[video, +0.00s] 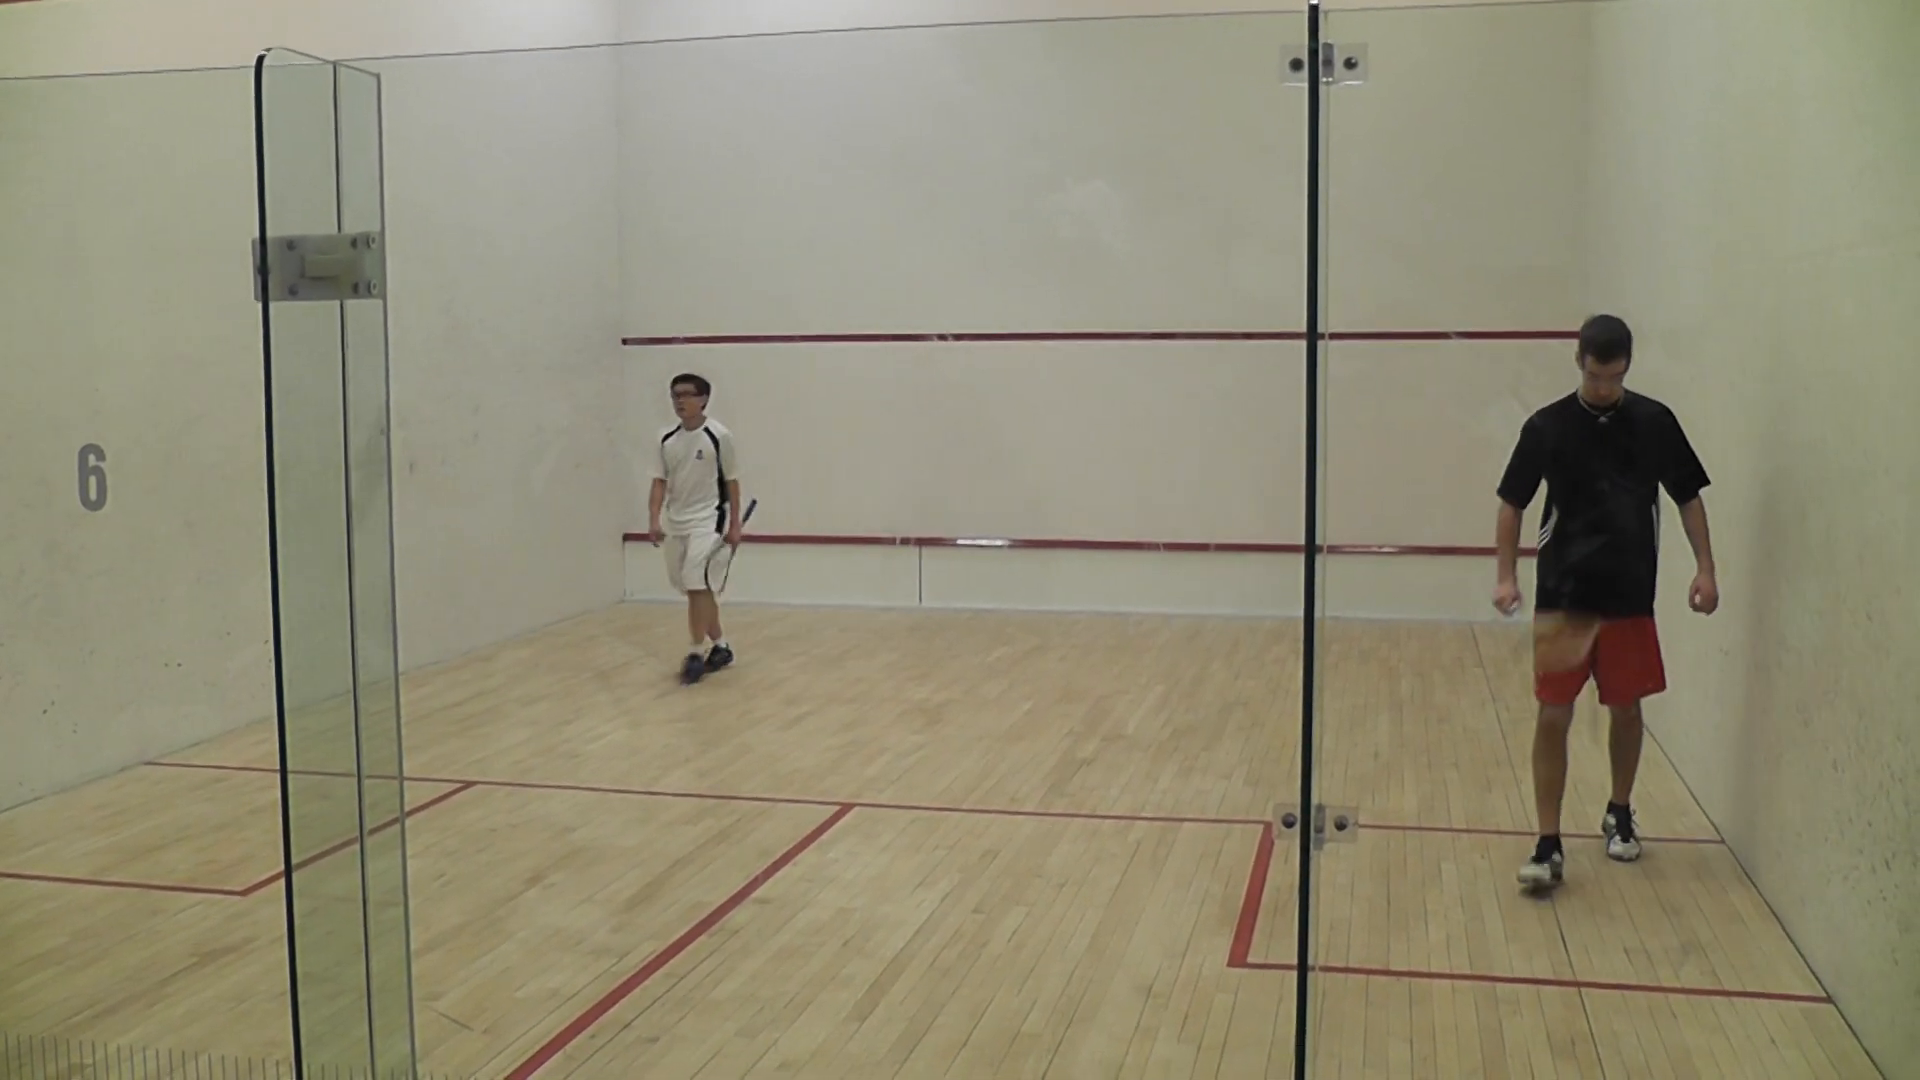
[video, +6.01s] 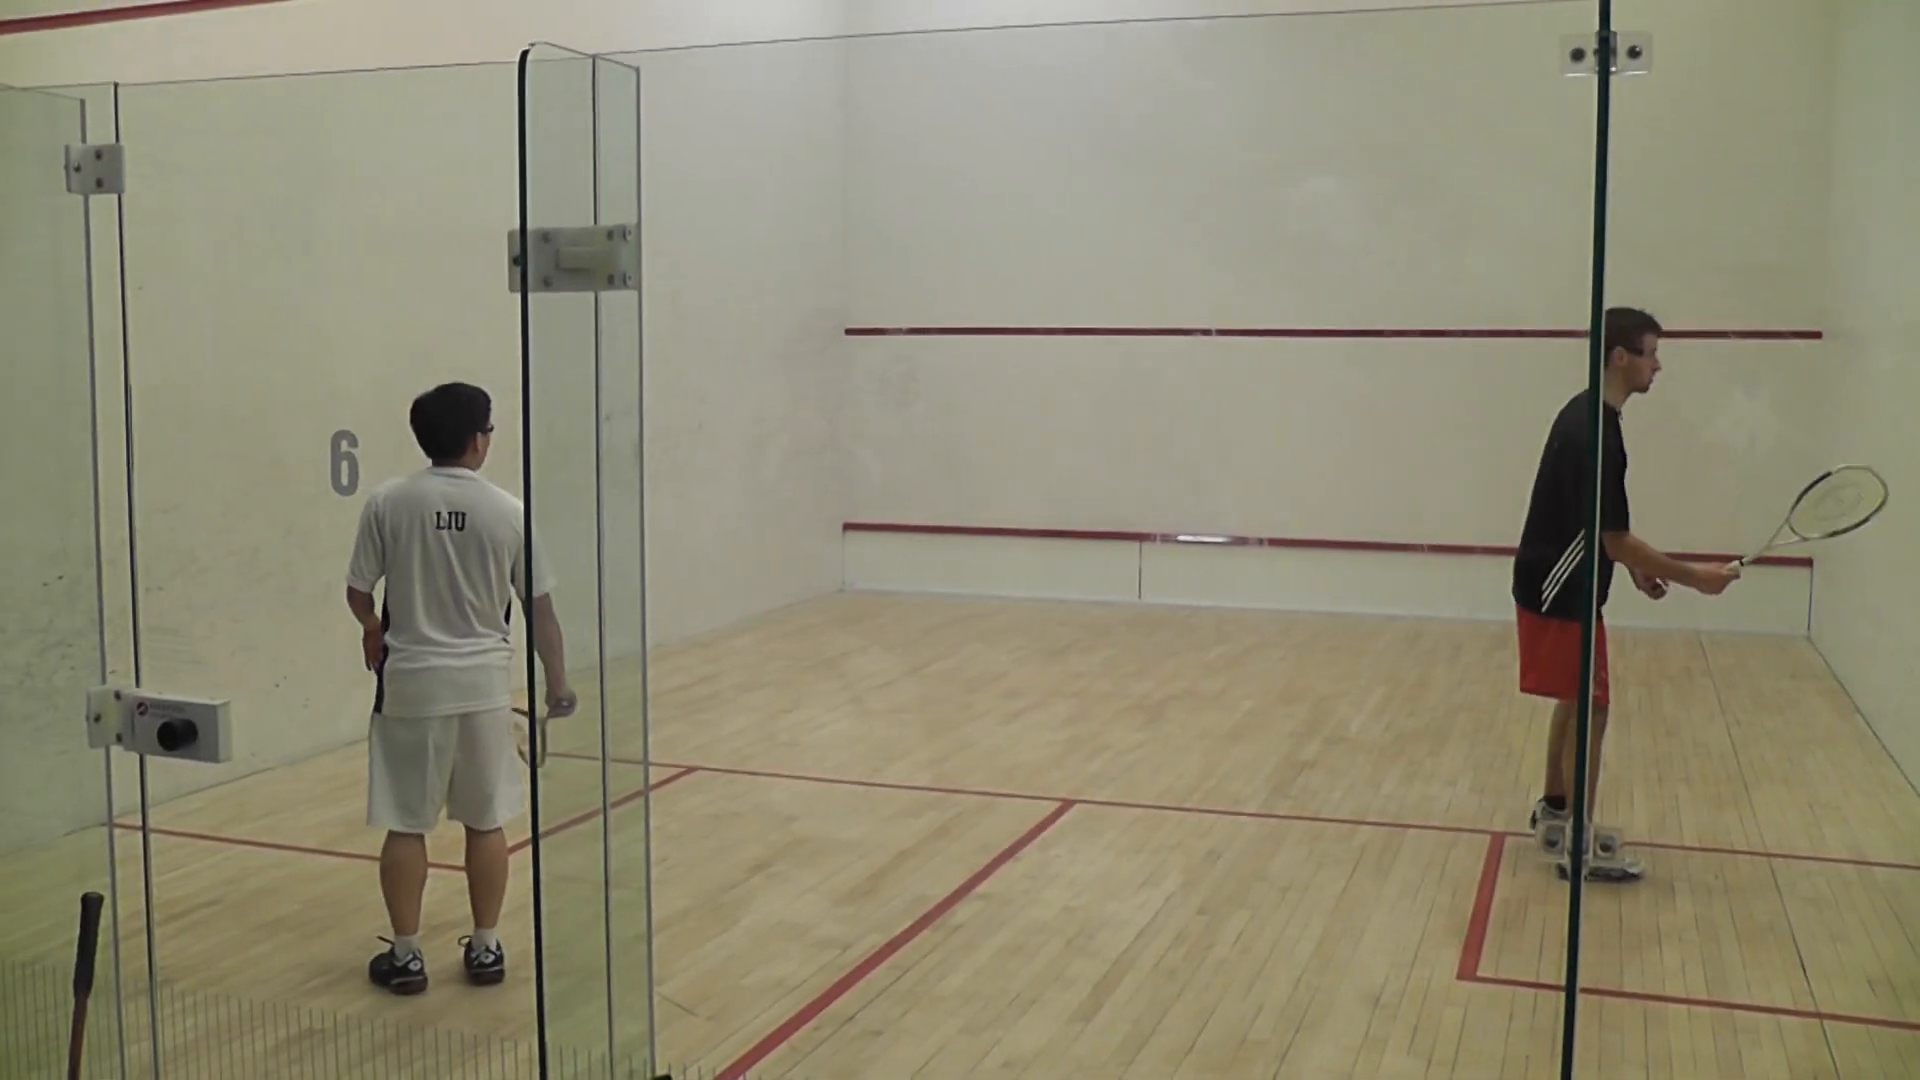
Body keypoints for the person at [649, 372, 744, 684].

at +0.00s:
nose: (680, 402)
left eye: (687, 396)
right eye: (677, 396)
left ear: (704, 400)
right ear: (672, 401)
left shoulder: (719, 436)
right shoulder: (666, 440)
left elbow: (732, 483)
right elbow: (659, 482)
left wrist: (735, 524)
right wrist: (654, 519)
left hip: (707, 522)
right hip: (675, 523)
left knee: (696, 582)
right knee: (691, 585)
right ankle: (719, 645)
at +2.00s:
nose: (205, 452)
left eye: (211, 443)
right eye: (203, 444)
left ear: (238, 439)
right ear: (210, 442)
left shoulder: (260, 484)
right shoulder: (208, 480)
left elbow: (285, 541)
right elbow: (168, 503)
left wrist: (280, 600)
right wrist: (115, 500)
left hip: (247, 600)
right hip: (220, 599)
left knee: (227, 684)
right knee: (249, 680)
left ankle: (207, 774)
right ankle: (297, 733)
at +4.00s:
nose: (223, 440)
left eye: (222, 431)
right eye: (212, 432)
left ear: (197, 440)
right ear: (177, 440)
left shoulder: (213, 501)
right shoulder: (149, 506)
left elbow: (214, 580)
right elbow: (139, 593)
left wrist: (257, 603)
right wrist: (197, 643)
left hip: (203, 661)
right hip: (153, 667)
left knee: (221, 766)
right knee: (149, 785)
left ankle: (216, 883)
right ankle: (78, 842)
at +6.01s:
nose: (490, 440)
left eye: (487, 430)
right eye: (488, 432)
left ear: (426, 440)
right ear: (476, 441)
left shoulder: (387, 503)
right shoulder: (507, 510)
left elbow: (358, 592)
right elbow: (541, 606)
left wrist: (375, 632)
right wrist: (558, 680)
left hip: (410, 694)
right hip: (486, 693)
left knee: (405, 823)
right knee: (486, 821)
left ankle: (406, 956)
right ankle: (486, 948)